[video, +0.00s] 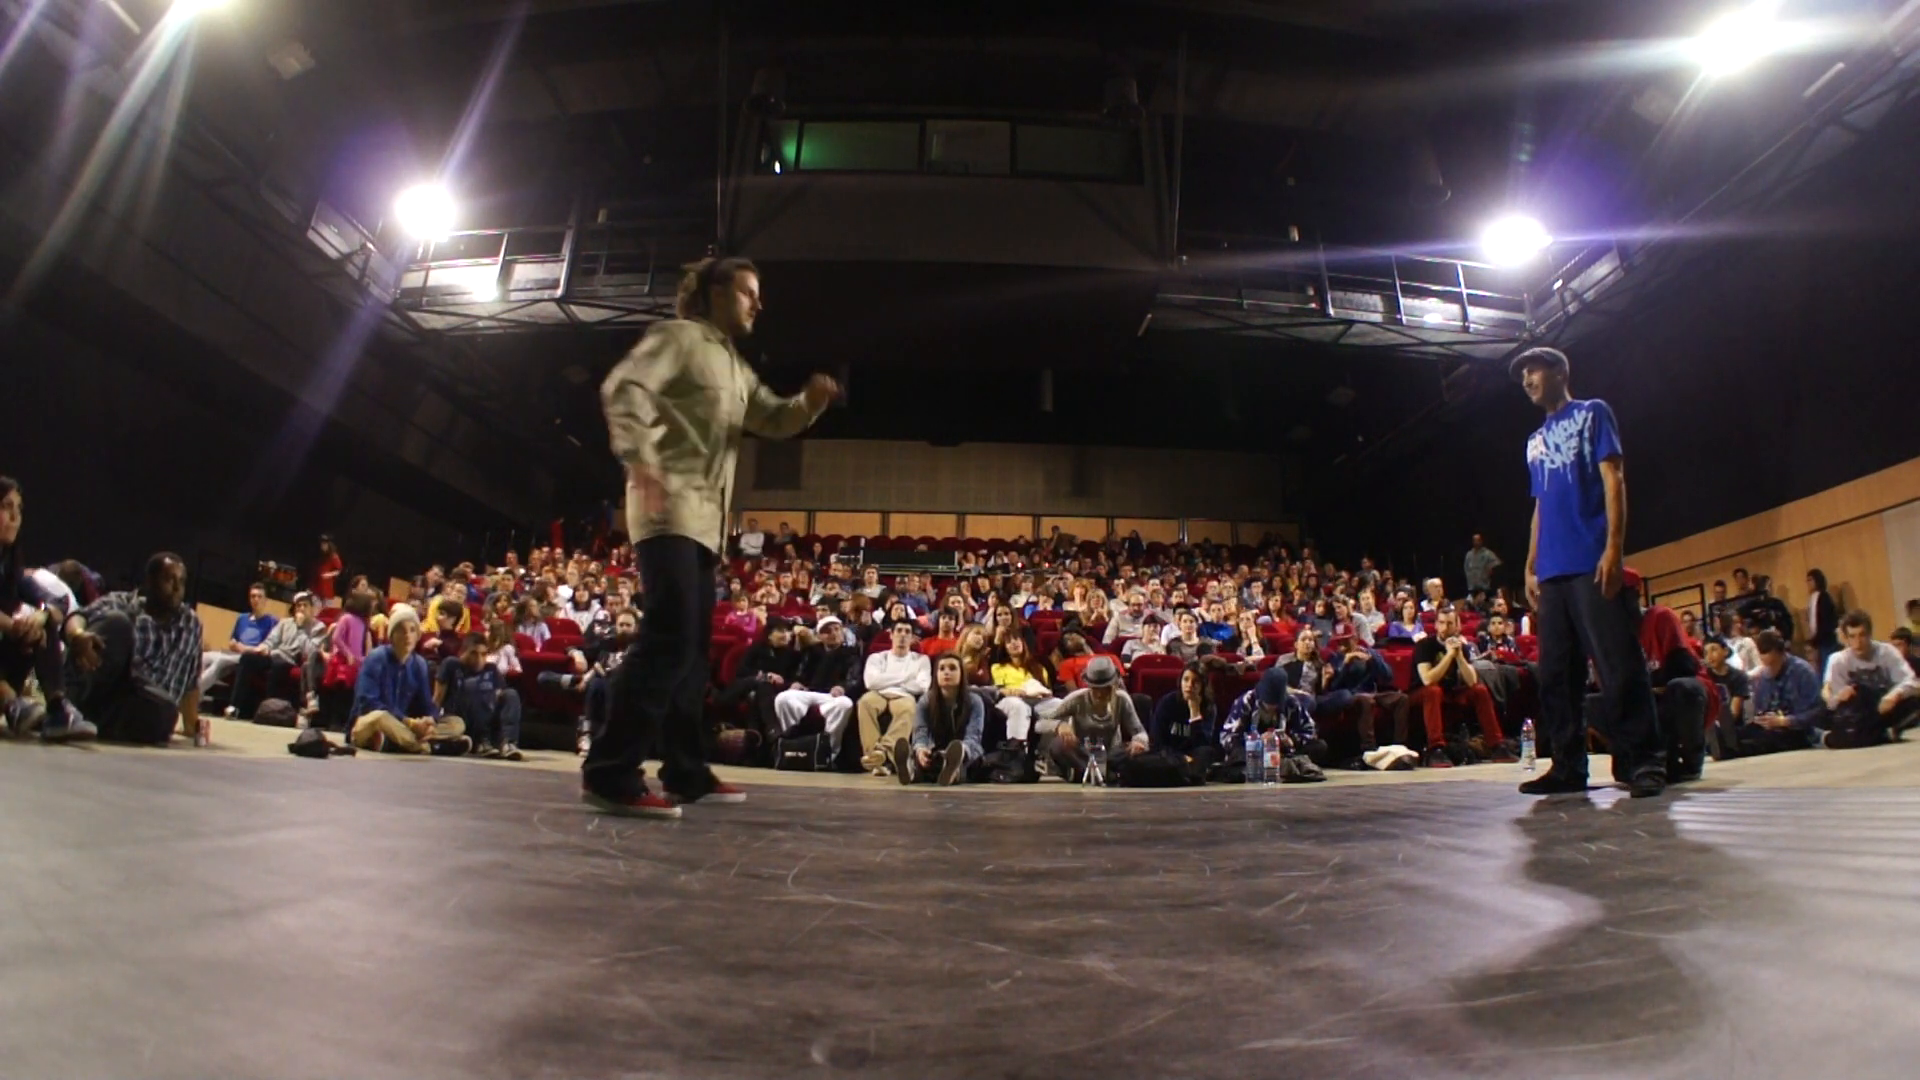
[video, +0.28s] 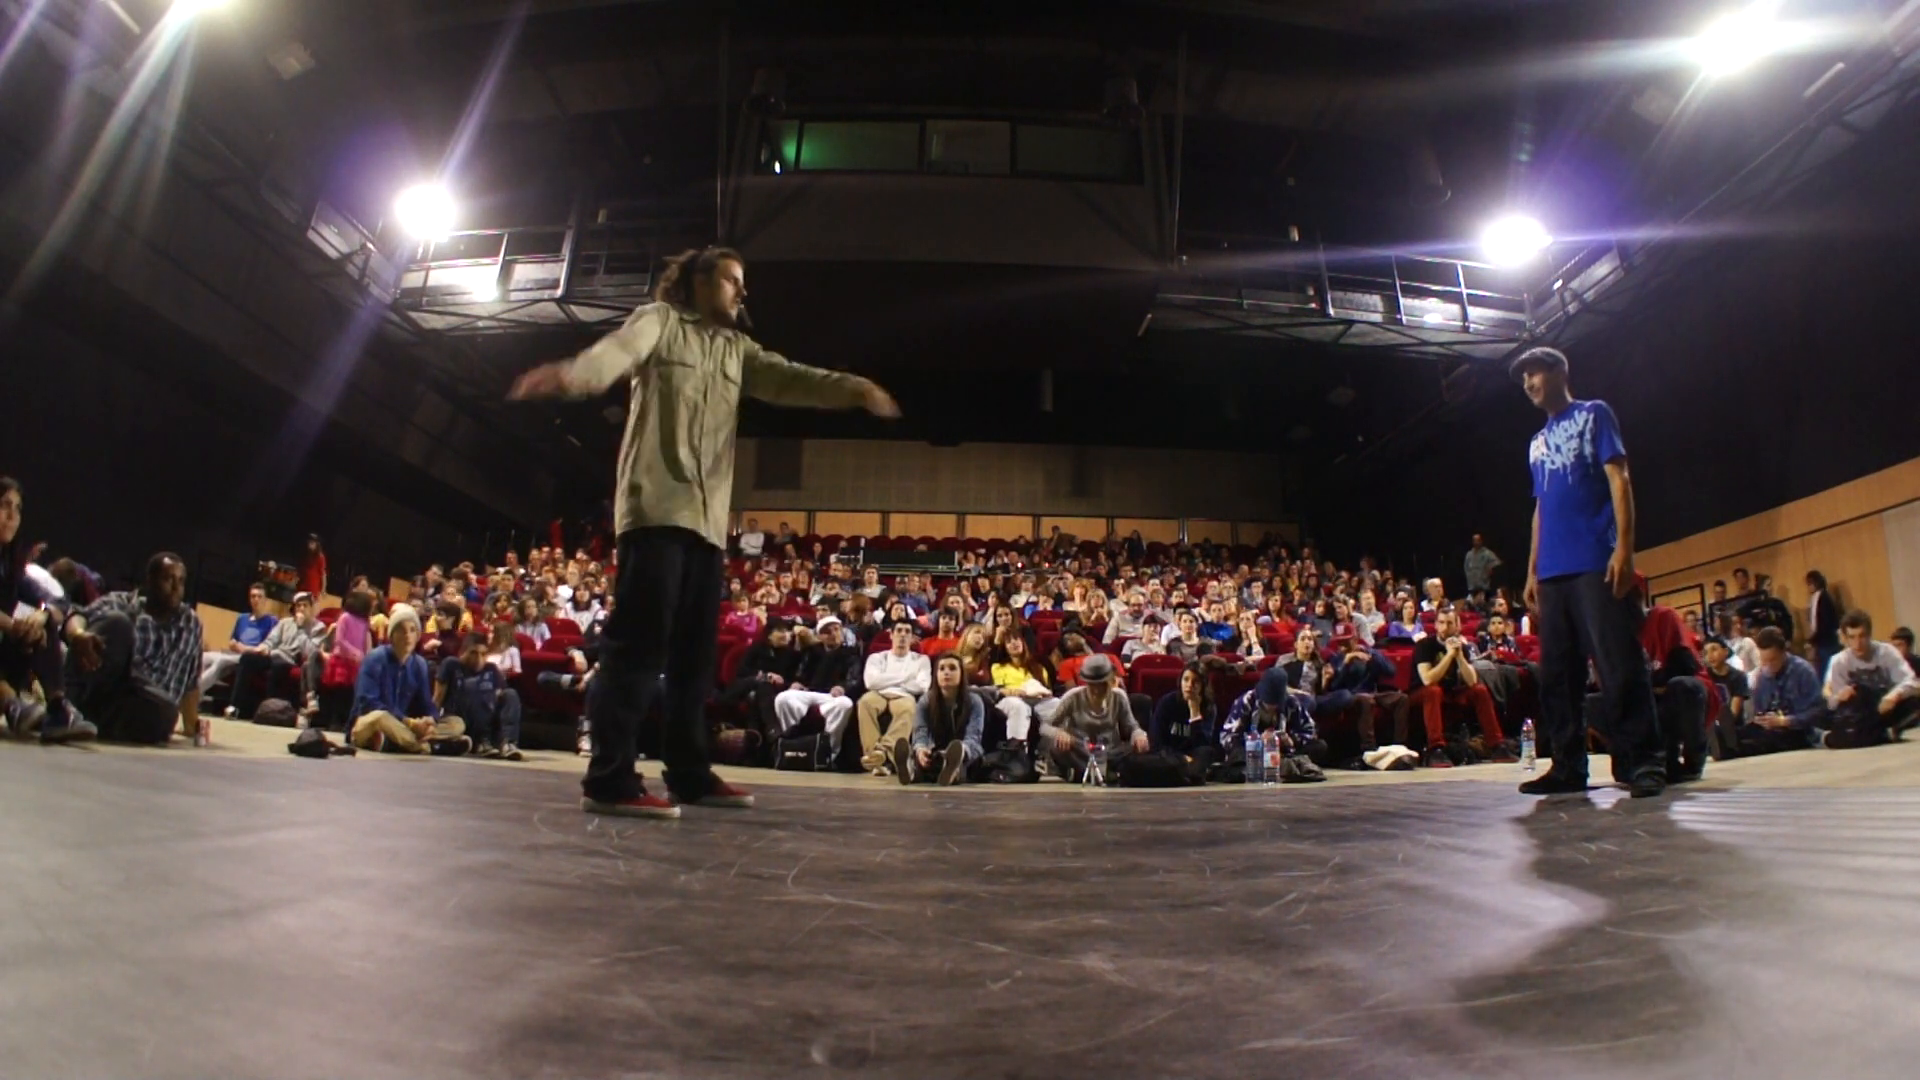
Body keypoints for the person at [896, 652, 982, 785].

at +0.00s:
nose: (947, 672)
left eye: (952, 668)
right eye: (942, 668)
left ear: (961, 673)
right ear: (935, 674)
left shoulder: (974, 701)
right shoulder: (925, 701)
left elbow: (974, 737)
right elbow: (920, 731)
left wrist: (960, 751)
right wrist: (920, 748)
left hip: (962, 751)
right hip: (933, 750)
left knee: (955, 762)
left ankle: (949, 773)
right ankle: (910, 768)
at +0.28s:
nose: (947, 673)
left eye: (952, 668)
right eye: (942, 669)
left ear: (961, 674)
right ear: (935, 674)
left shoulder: (974, 701)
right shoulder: (925, 701)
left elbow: (974, 737)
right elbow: (920, 730)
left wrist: (960, 751)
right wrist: (920, 748)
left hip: (962, 751)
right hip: (933, 750)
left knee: (955, 762)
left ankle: (949, 773)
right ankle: (910, 768)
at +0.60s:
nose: (947, 673)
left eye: (952, 668)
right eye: (942, 669)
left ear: (961, 674)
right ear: (935, 674)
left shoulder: (974, 701)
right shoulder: (925, 701)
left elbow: (974, 738)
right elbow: (920, 731)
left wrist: (961, 751)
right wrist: (920, 748)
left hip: (962, 751)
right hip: (933, 750)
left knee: (955, 762)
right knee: (919, 761)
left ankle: (949, 773)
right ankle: (910, 768)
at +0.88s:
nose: (947, 673)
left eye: (952, 668)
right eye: (942, 668)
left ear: (962, 673)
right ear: (936, 674)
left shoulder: (974, 701)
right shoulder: (925, 701)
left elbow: (974, 738)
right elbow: (920, 731)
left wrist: (961, 751)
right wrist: (920, 748)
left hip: (962, 751)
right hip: (933, 750)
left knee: (955, 762)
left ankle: (949, 773)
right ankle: (910, 768)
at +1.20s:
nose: (947, 673)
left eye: (952, 668)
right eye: (942, 668)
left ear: (961, 673)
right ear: (936, 674)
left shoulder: (974, 701)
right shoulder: (925, 701)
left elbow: (974, 738)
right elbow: (920, 731)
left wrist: (961, 751)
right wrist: (920, 748)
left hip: (962, 751)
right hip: (933, 750)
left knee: (955, 762)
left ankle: (949, 773)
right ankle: (910, 768)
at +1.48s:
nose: (947, 673)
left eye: (952, 668)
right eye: (942, 669)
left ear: (962, 674)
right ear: (935, 674)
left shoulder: (974, 701)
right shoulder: (925, 701)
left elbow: (974, 738)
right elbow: (920, 731)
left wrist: (961, 751)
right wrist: (920, 748)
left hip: (962, 751)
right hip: (933, 750)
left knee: (955, 762)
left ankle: (949, 773)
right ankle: (910, 768)